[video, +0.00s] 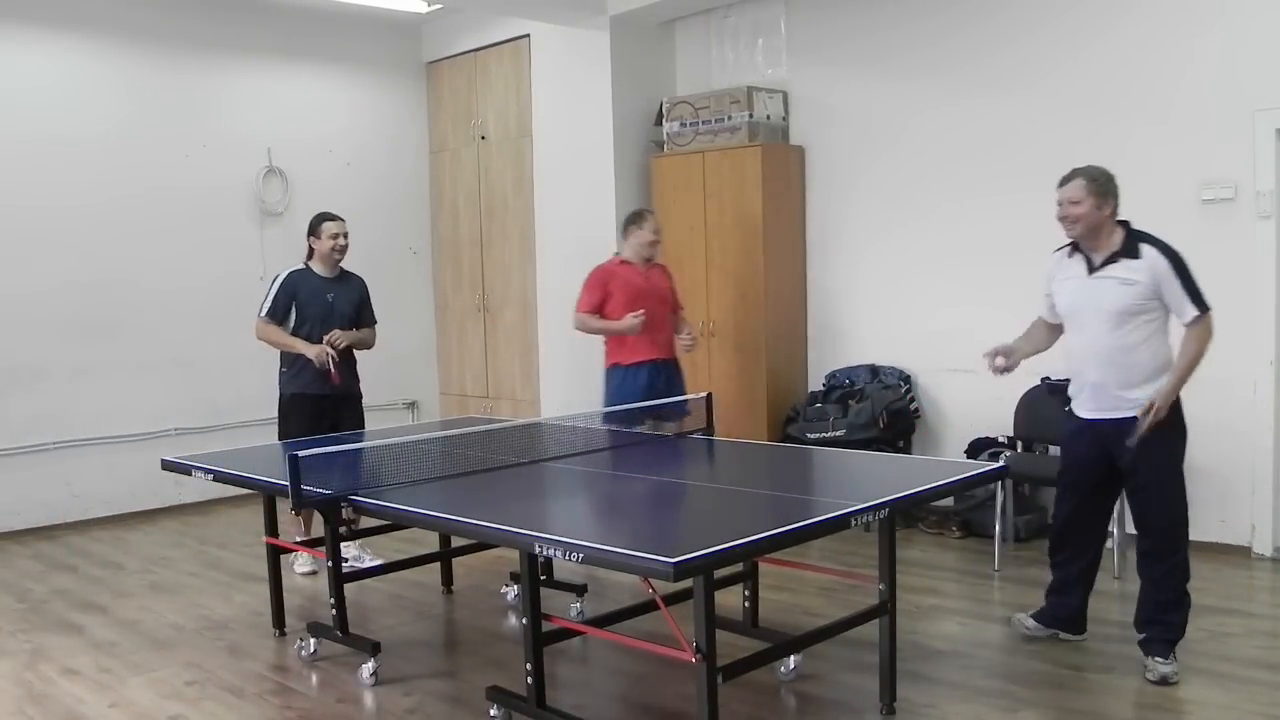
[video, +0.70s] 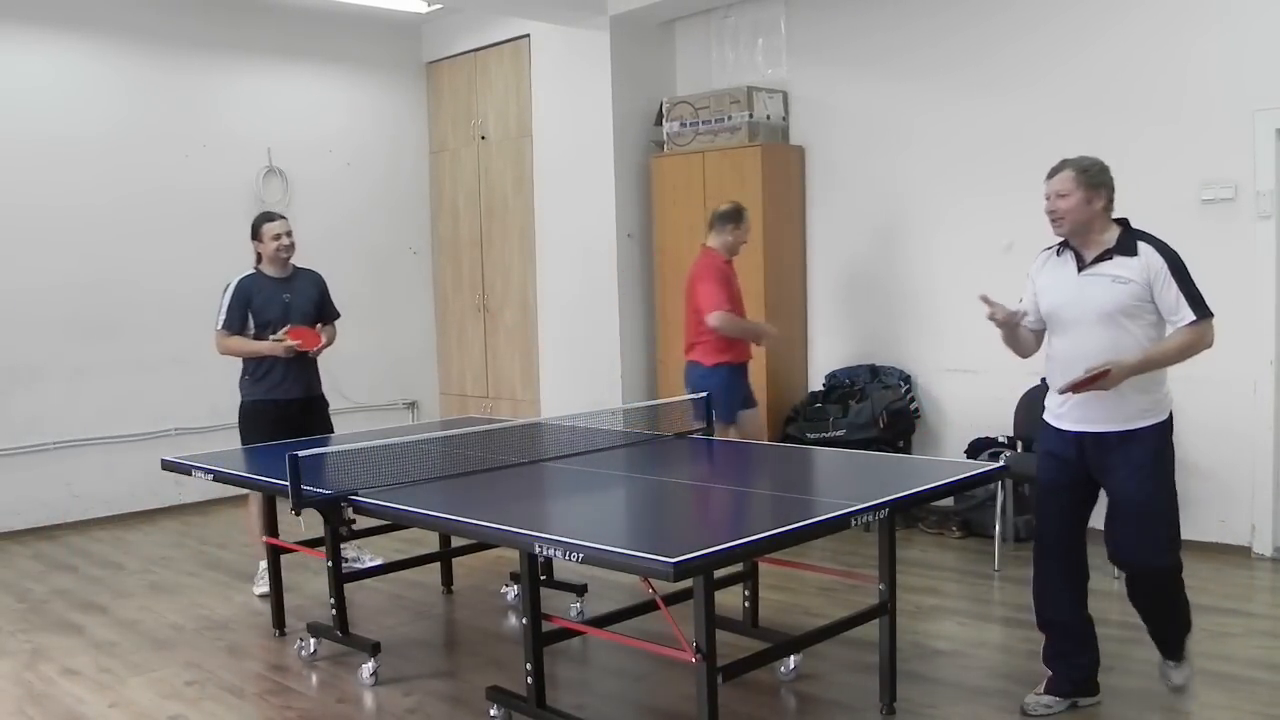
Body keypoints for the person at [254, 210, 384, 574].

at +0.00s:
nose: (342, 242)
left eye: (345, 236)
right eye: (334, 237)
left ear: (347, 241)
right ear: (313, 242)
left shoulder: (355, 284)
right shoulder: (291, 280)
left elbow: (369, 337)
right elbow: (263, 328)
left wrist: (350, 336)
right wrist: (306, 348)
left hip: (346, 394)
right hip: (301, 395)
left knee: (350, 466)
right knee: (301, 469)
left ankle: (346, 543)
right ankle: (302, 546)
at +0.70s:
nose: (286, 241)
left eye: (288, 235)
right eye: (277, 237)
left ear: (293, 238)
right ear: (258, 245)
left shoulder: (312, 280)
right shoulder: (243, 288)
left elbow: (329, 326)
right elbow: (223, 342)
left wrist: (319, 340)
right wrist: (270, 346)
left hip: (309, 402)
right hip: (262, 407)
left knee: (329, 476)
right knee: (261, 488)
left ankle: (342, 551)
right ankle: (266, 565)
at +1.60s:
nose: (329, 255)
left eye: (332, 249)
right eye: (320, 250)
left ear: (336, 252)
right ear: (300, 253)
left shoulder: (345, 294)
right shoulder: (277, 292)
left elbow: (360, 340)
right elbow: (251, 342)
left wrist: (347, 357)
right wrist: (291, 353)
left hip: (329, 406)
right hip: (281, 408)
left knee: (351, 475)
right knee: (270, 488)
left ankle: (355, 546)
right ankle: (265, 563)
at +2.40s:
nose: (304, 291)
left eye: (308, 284)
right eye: (296, 285)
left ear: (312, 285)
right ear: (274, 287)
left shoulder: (317, 324)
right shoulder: (246, 321)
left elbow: (319, 362)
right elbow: (210, 365)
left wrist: (304, 395)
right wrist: (251, 391)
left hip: (291, 414)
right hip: (242, 416)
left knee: (326, 474)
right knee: (227, 488)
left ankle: (342, 549)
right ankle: (215, 577)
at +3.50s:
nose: (332, 324)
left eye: (335, 317)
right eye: (323, 318)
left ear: (338, 318)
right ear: (302, 320)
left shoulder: (335, 354)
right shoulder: (271, 348)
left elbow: (333, 390)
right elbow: (236, 394)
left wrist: (337, 430)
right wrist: (281, 420)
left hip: (294, 417)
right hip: (247, 417)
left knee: (337, 465)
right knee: (228, 487)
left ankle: (345, 544)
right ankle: (208, 576)